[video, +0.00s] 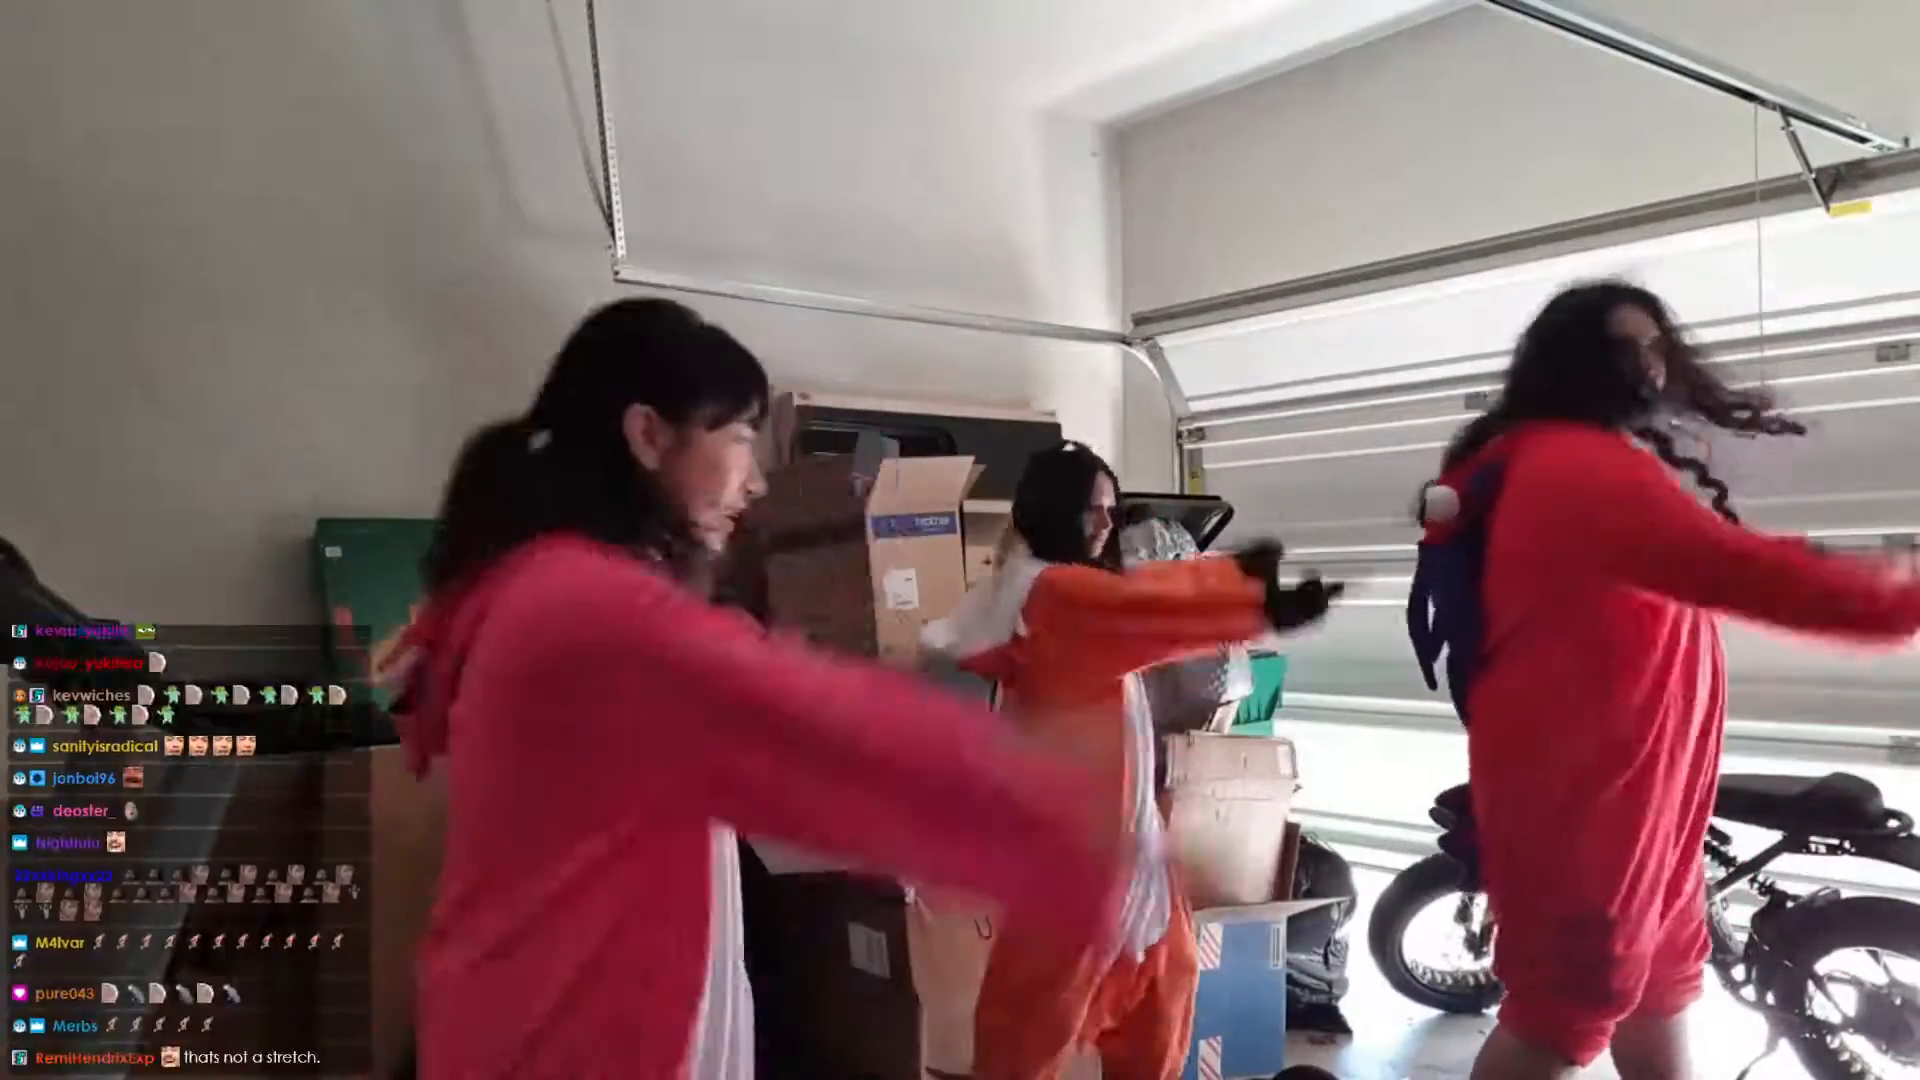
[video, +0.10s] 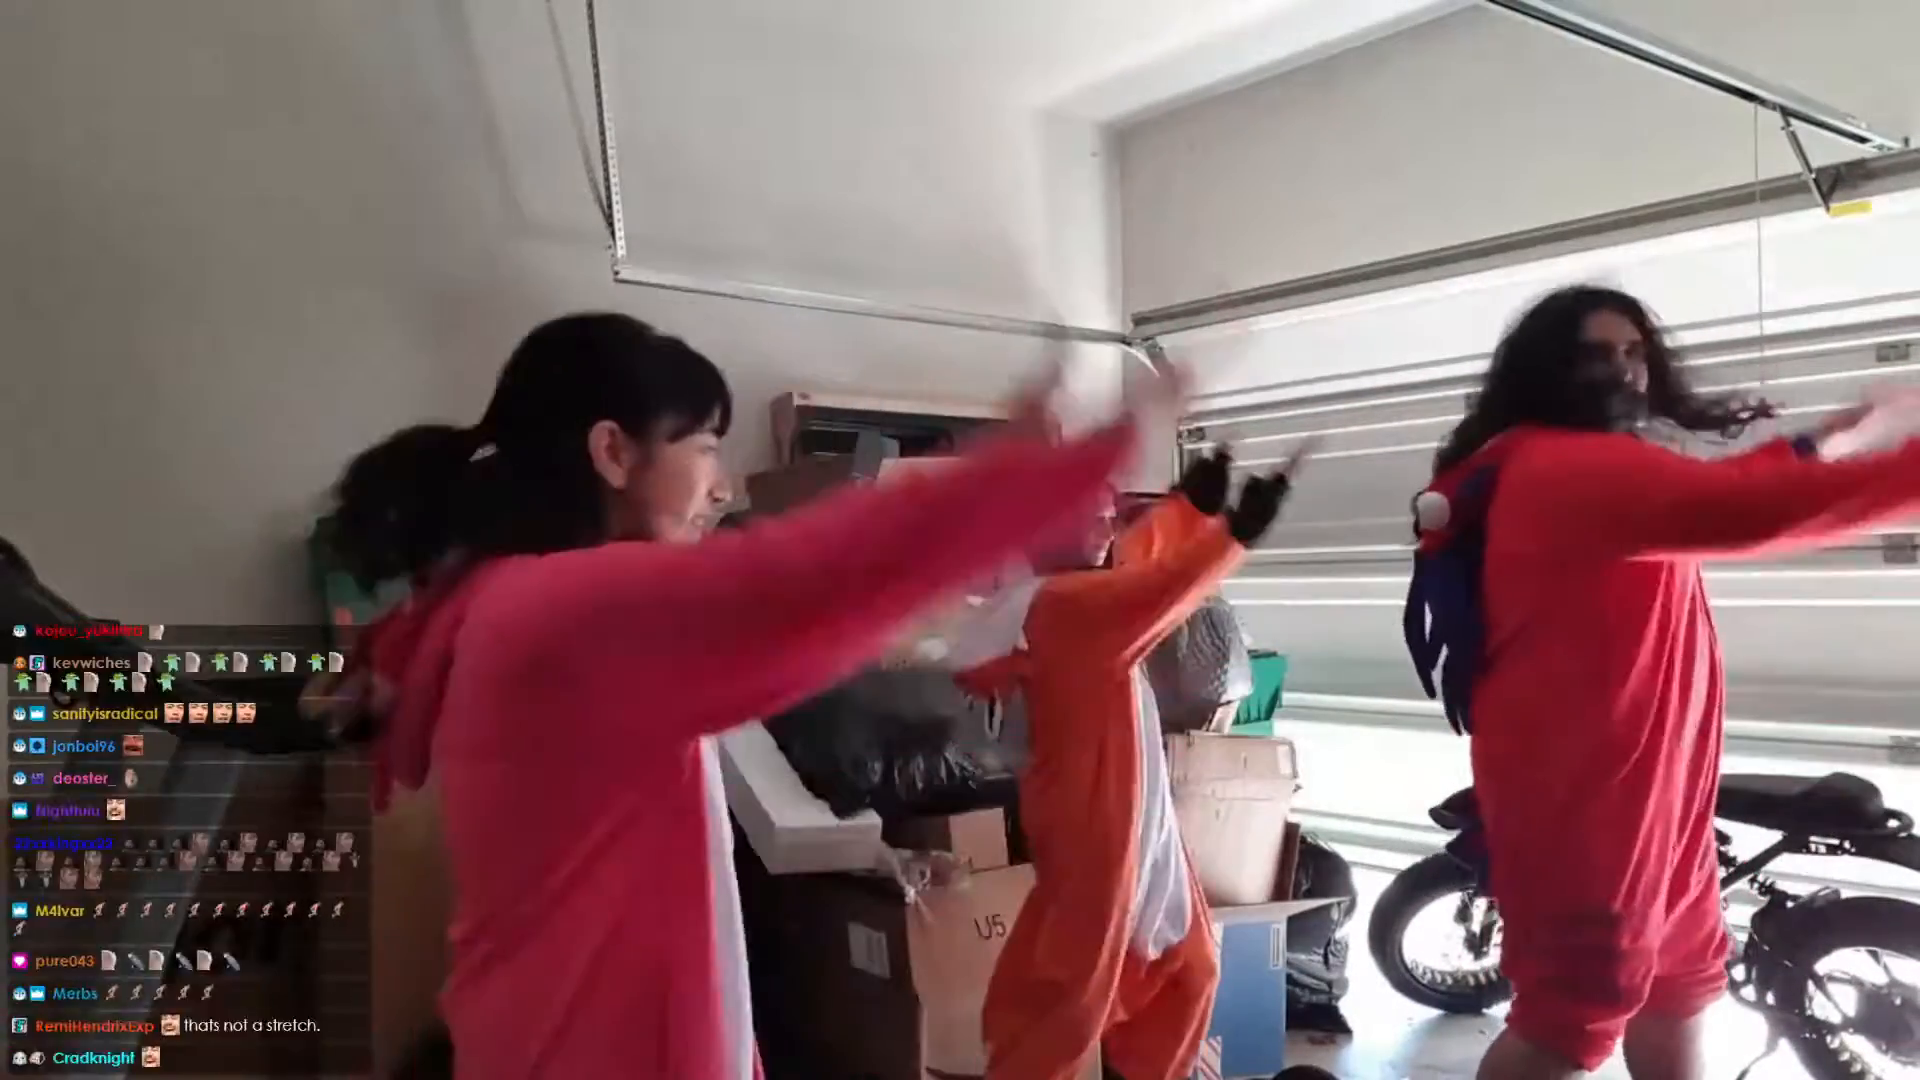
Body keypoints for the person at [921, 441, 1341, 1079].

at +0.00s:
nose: (1106, 524)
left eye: (1111, 510)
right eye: (1094, 509)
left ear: (1112, 511)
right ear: (1058, 512)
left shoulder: (1079, 587)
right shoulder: (1050, 590)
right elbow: (1149, 603)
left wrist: (1238, 570)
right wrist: (1266, 607)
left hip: (1130, 819)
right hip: (1074, 827)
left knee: (1170, 968)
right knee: (1041, 996)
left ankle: (1151, 1071)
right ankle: (1009, 1068)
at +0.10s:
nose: (1108, 520)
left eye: (1109, 508)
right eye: (1093, 508)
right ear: (1053, 520)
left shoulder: (1085, 594)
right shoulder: (1062, 604)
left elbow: (1140, 554)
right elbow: (1164, 590)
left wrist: (1187, 501)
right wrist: (1236, 536)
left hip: (1140, 810)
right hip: (1091, 816)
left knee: (1186, 967)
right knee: (1069, 977)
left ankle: (1150, 1068)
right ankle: (1028, 1065)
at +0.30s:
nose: (1127, 544)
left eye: (1126, 532)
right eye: (1115, 533)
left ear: (1060, 543)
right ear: (1084, 539)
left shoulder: (1097, 615)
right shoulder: (1071, 622)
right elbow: (1148, 590)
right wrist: (1184, 525)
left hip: (1146, 815)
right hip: (1099, 826)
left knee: (1217, 971)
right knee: (1101, 991)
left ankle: (1184, 1073)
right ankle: (1058, 1071)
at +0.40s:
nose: (1126, 516)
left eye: (1128, 503)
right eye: (1115, 503)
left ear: (1054, 510)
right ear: (1079, 507)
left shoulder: (1054, 580)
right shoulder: (1061, 584)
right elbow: (1155, 606)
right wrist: (1244, 584)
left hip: (1101, 784)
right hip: (1061, 790)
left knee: (1154, 911)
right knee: (1057, 938)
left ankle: (1165, 1058)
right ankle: (1019, 1067)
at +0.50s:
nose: (1132, 521)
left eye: (1135, 507)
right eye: (1118, 506)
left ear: (1137, 510)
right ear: (1078, 510)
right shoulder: (1064, 585)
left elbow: (1191, 622)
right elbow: (1151, 620)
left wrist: (1257, 659)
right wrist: (1248, 651)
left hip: (1091, 804)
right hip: (1037, 806)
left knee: (1129, 927)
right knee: (1028, 959)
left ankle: (1142, 1061)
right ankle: (1002, 1068)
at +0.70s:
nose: (1133, 563)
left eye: (1136, 549)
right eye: (1119, 549)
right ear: (1084, 551)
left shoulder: (1080, 628)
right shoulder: (1068, 631)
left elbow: (1112, 752)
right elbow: (1070, 755)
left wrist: (1126, 867)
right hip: (1004, 843)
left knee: (1154, 974)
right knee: (1021, 1013)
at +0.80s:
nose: (1113, 531)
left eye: (1119, 518)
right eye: (1099, 518)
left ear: (1124, 521)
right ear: (1063, 522)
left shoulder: (1082, 599)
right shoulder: (1057, 600)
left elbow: (1153, 685)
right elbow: (1128, 698)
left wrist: (1225, 759)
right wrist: (1227, 774)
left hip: (1081, 825)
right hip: (1031, 823)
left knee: (1163, 971)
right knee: (1034, 980)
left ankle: (1155, 1073)